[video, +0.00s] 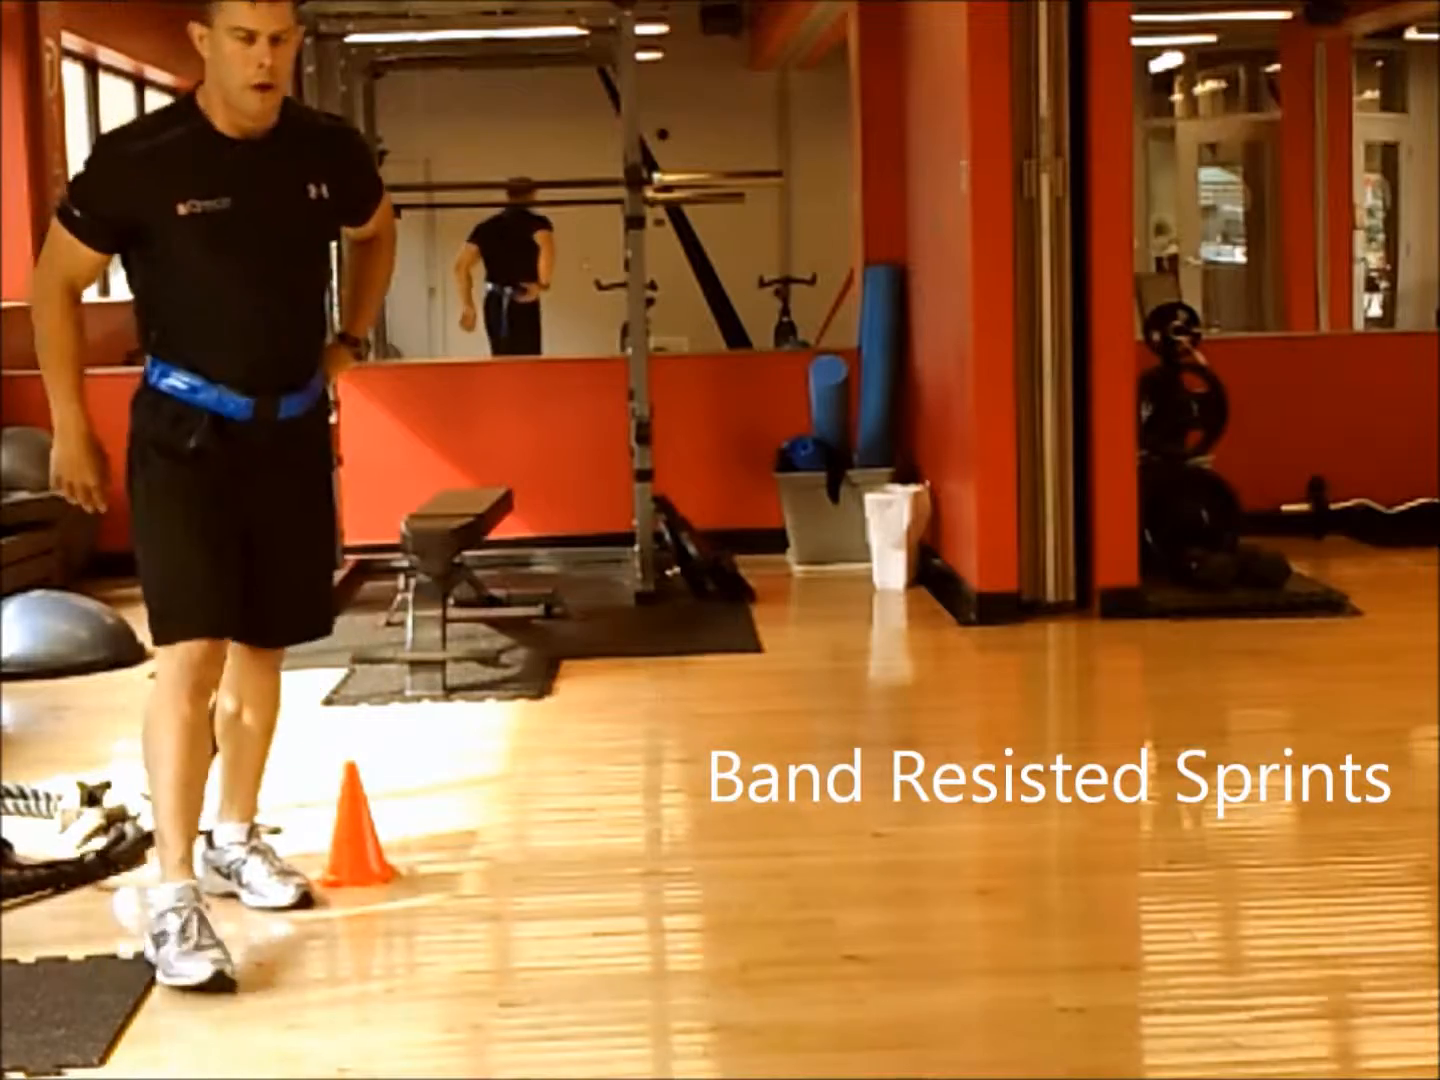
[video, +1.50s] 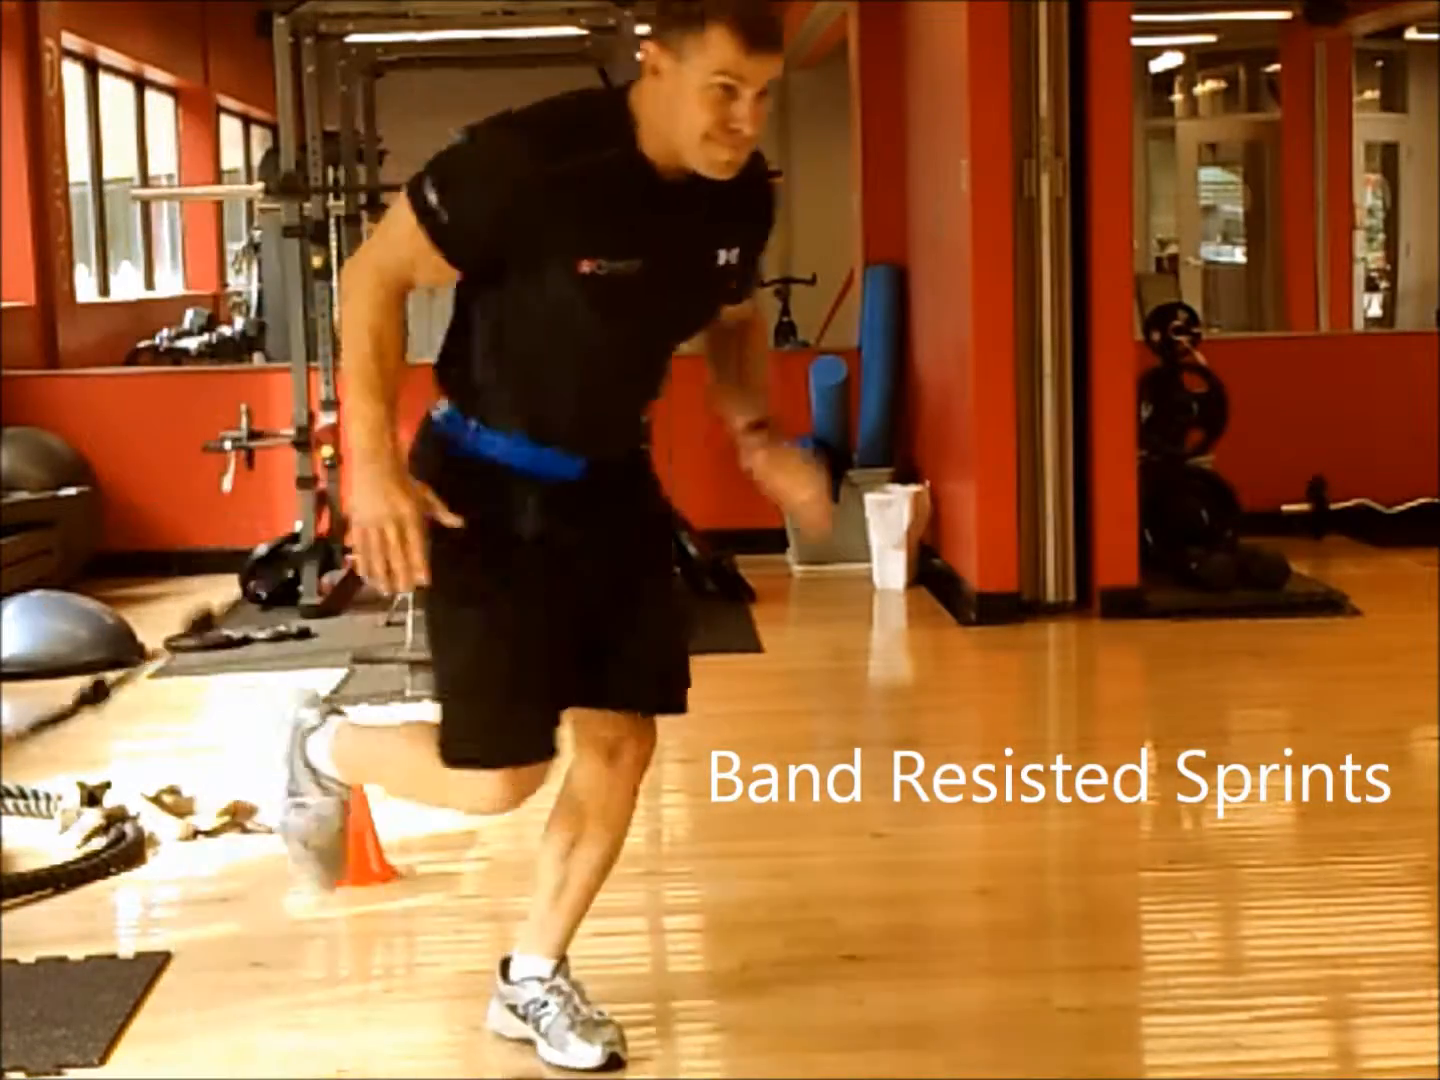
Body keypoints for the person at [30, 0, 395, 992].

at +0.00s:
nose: (267, 59)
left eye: (282, 39)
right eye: (246, 36)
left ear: (299, 44)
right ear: (202, 40)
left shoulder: (333, 151)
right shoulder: (135, 159)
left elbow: (375, 234)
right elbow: (54, 285)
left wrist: (351, 335)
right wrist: (71, 430)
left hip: (291, 435)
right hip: (183, 435)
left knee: (262, 649)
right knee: (192, 656)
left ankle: (234, 835)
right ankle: (173, 894)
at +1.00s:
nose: (394, 149)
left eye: (406, 128)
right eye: (373, 126)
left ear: (418, 125)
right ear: (318, 113)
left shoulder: (427, 214)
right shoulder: (216, 187)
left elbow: (467, 326)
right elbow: (83, 249)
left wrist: (485, 384)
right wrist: (65, 387)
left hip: (320, 473)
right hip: (216, 462)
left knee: (296, 678)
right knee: (246, 678)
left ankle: (236, 837)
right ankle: (183, 872)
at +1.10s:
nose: (419, 179)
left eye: (430, 155)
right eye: (397, 154)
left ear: (442, 150)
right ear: (336, 141)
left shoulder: (450, 239)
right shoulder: (237, 220)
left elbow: (470, 344)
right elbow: (108, 310)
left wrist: (482, 460)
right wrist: (136, 471)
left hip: (352, 499)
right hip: (236, 493)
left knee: (362, 718)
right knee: (251, 709)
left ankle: (259, 794)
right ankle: (187, 875)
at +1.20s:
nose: (460, 170)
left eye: (472, 146)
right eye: (437, 144)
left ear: (485, 143)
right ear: (374, 137)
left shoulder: (491, 226)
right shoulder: (284, 215)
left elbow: (493, 318)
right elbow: (197, 367)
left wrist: (477, 428)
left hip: (400, 493)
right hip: (272, 494)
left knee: (441, 709)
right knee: (245, 715)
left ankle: (350, 802)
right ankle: (191, 877)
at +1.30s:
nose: (560, 127)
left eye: (572, 105)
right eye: (538, 103)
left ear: (582, 101)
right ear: (469, 90)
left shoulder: (570, 184)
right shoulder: (372, 169)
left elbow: (541, 294)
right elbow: (289, 333)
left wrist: (523, 359)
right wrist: (453, 320)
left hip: (464, 467)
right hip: (332, 468)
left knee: (515, 668)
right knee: (280, 672)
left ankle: (482, 914)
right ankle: (205, 850)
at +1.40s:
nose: (660, 133)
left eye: (677, 111)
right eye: (637, 105)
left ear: (688, 108)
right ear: (570, 86)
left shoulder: (659, 186)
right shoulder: (457, 164)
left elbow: (603, 295)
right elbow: (339, 317)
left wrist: (606, 387)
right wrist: (505, 409)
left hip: (536, 474)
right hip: (403, 469)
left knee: (590, 709)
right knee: (374, 730)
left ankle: (535, 971)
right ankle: (234, 763)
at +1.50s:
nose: (746, 120)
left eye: (764, 95)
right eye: (726, 90)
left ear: (776, 88)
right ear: (651, 63)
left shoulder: (744, 192)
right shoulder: (525, 157)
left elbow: (737, 332)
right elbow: (371, 275)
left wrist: (755, 435)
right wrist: (368, 457)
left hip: (611, 488)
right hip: (482, 486)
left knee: (616, 742)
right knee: (500, 771)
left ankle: (534, 972)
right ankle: (327, 741)